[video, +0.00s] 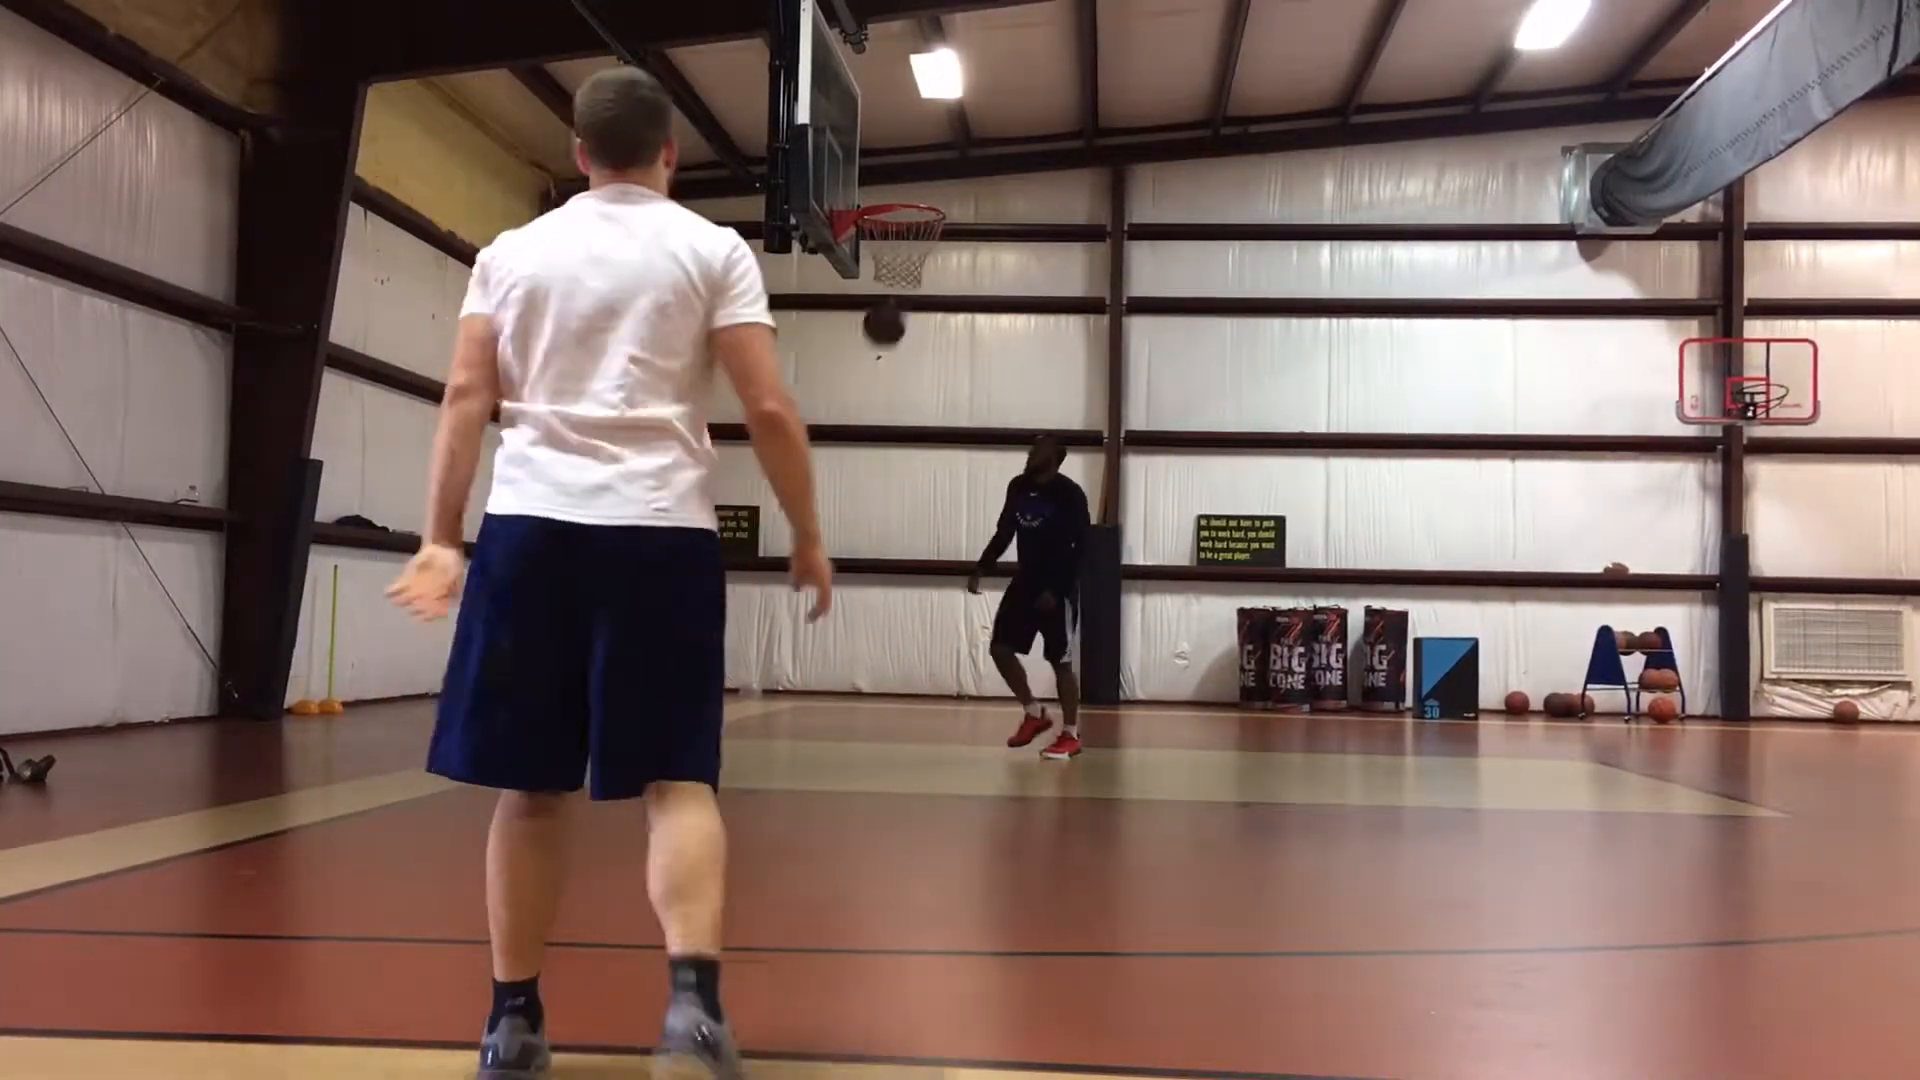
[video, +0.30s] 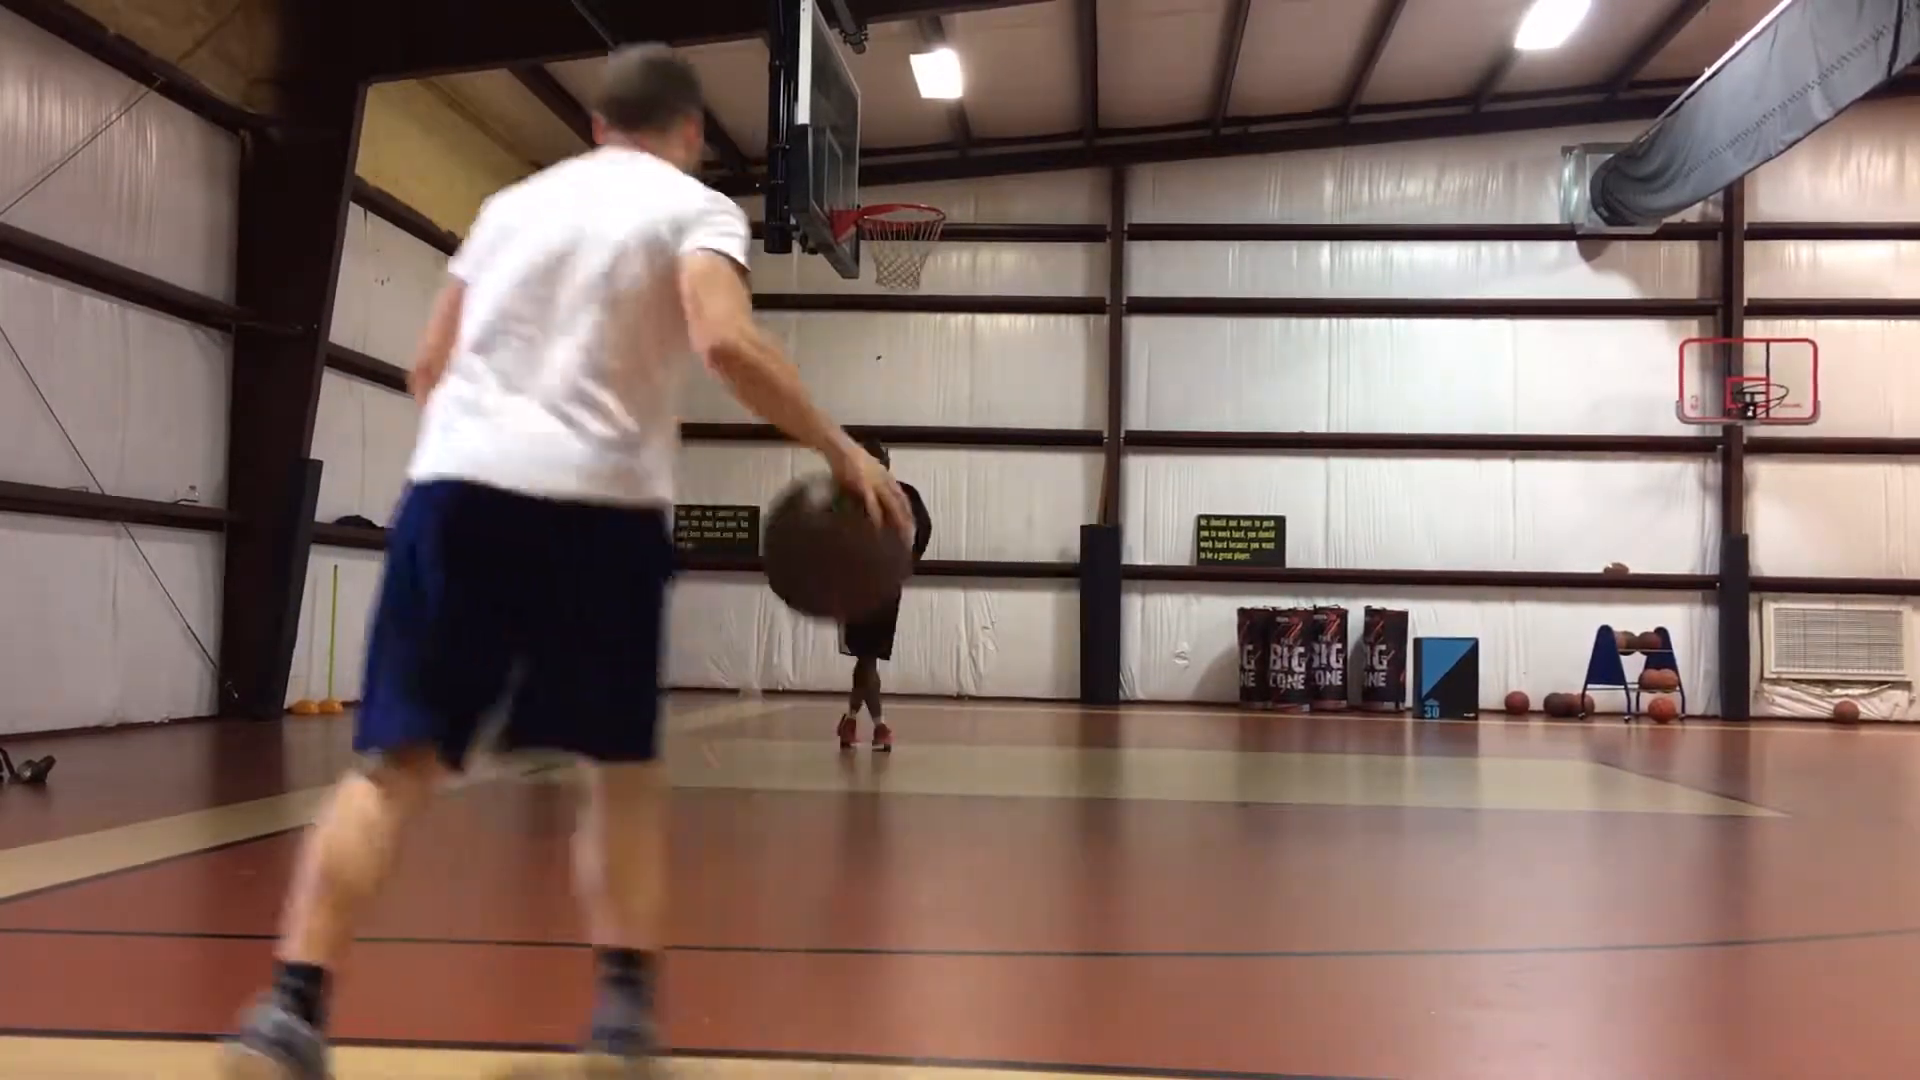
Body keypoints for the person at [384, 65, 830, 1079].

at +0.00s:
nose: (663, 164)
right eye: (670, 150)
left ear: (575, 156)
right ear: (670, 153)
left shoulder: (513, 253)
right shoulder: (715, 251)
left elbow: (466, 397)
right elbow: (768, 407)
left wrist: (441, 538)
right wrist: (807, 534)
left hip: (529, 544)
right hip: (664, 547)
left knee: (530, 787)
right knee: (679, 777)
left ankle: (512, 1022)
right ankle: (694, 1005)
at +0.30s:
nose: (701, 152)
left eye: (698, 143)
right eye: (702, 140)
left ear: (596, 126)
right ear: (690, 134)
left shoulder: (507, 208)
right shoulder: (693, 206)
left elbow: (428, 369)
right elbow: (725, 343)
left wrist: (499, 458)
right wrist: (841, 450)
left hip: (456, 496)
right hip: (604, 511)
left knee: (392, 763)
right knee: (624, 767)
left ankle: (292, 998)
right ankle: (623, 1010)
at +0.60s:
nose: (528, 288)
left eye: (523, 273)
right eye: (527, 274)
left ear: (424, 264)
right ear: (516, 274)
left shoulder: (329, 341)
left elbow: (242, 499)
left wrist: (330, 582)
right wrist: (671, 692)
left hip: (293, 620)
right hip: (453, 631)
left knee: (165, 839)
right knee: (546, 841)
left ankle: (24, 1038)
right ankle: (516, 1014)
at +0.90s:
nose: (714, 295)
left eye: (710, 285)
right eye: (715, 284)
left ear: (628, 275)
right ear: (705, 279)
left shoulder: (561, 346)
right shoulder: (707, 347)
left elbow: (566, 486)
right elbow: (726, 508)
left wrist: (692, 538)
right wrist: (766, 556)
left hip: (476, 590)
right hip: (606, 591)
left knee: (461, 804)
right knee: (724, 813)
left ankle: (275, 933)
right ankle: (784, 1024)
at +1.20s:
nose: (803, 230)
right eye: (802, 218)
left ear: (709, 229)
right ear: (793, 232)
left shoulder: (673, 301)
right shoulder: (804, 305)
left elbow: (733, 271)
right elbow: (906, 335)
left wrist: (784, 224)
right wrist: (865, 229)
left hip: (639, 582)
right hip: (748, 578)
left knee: (701, 780)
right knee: (810, 803)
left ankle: (606, 978)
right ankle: (785, 1003)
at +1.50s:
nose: (848, 52)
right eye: (844, 41)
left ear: (757, 54)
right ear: (842, 49)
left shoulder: (736, 114)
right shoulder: (860, 111)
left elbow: (763, 53)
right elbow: (913, 32)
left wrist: (828, 33)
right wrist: (894, 5)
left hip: (728, 380)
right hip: (822, 380)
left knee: (743, 607)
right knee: (825, 616)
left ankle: (708, 820)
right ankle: (814, 836)